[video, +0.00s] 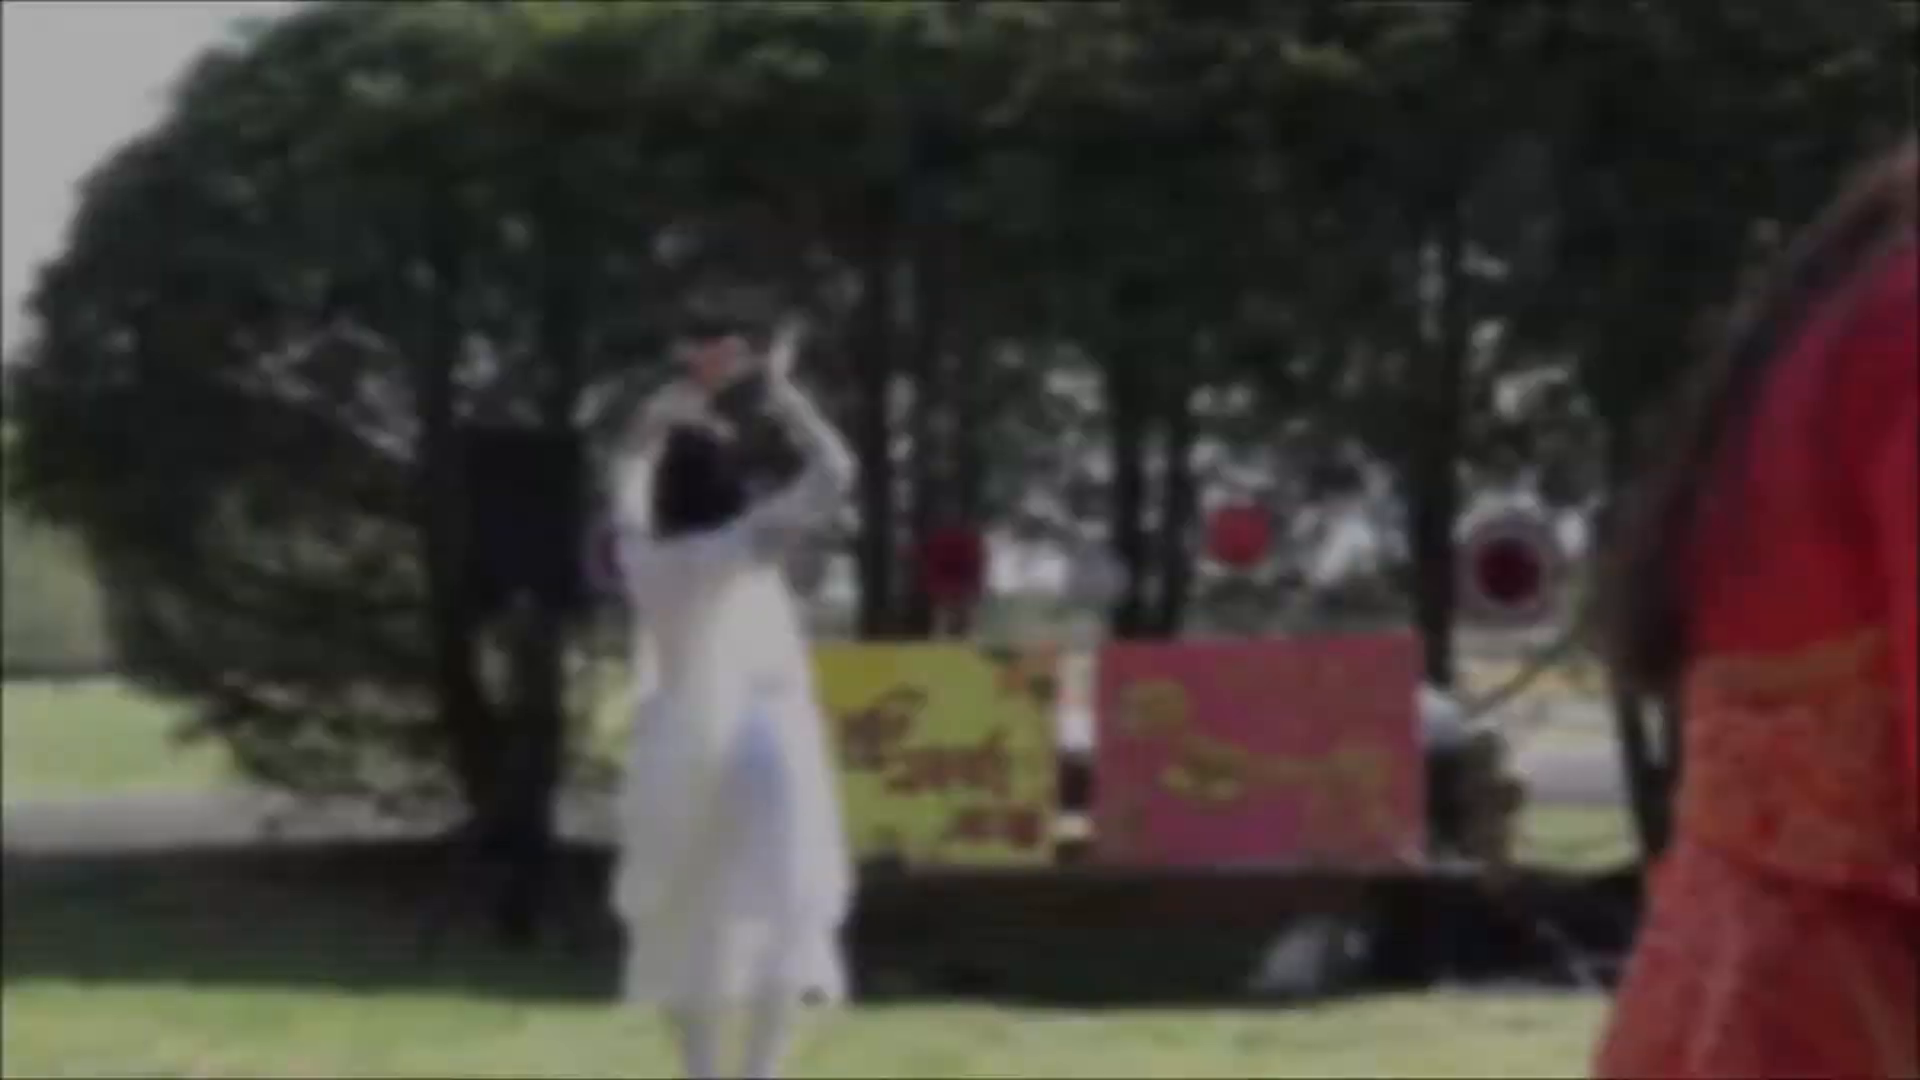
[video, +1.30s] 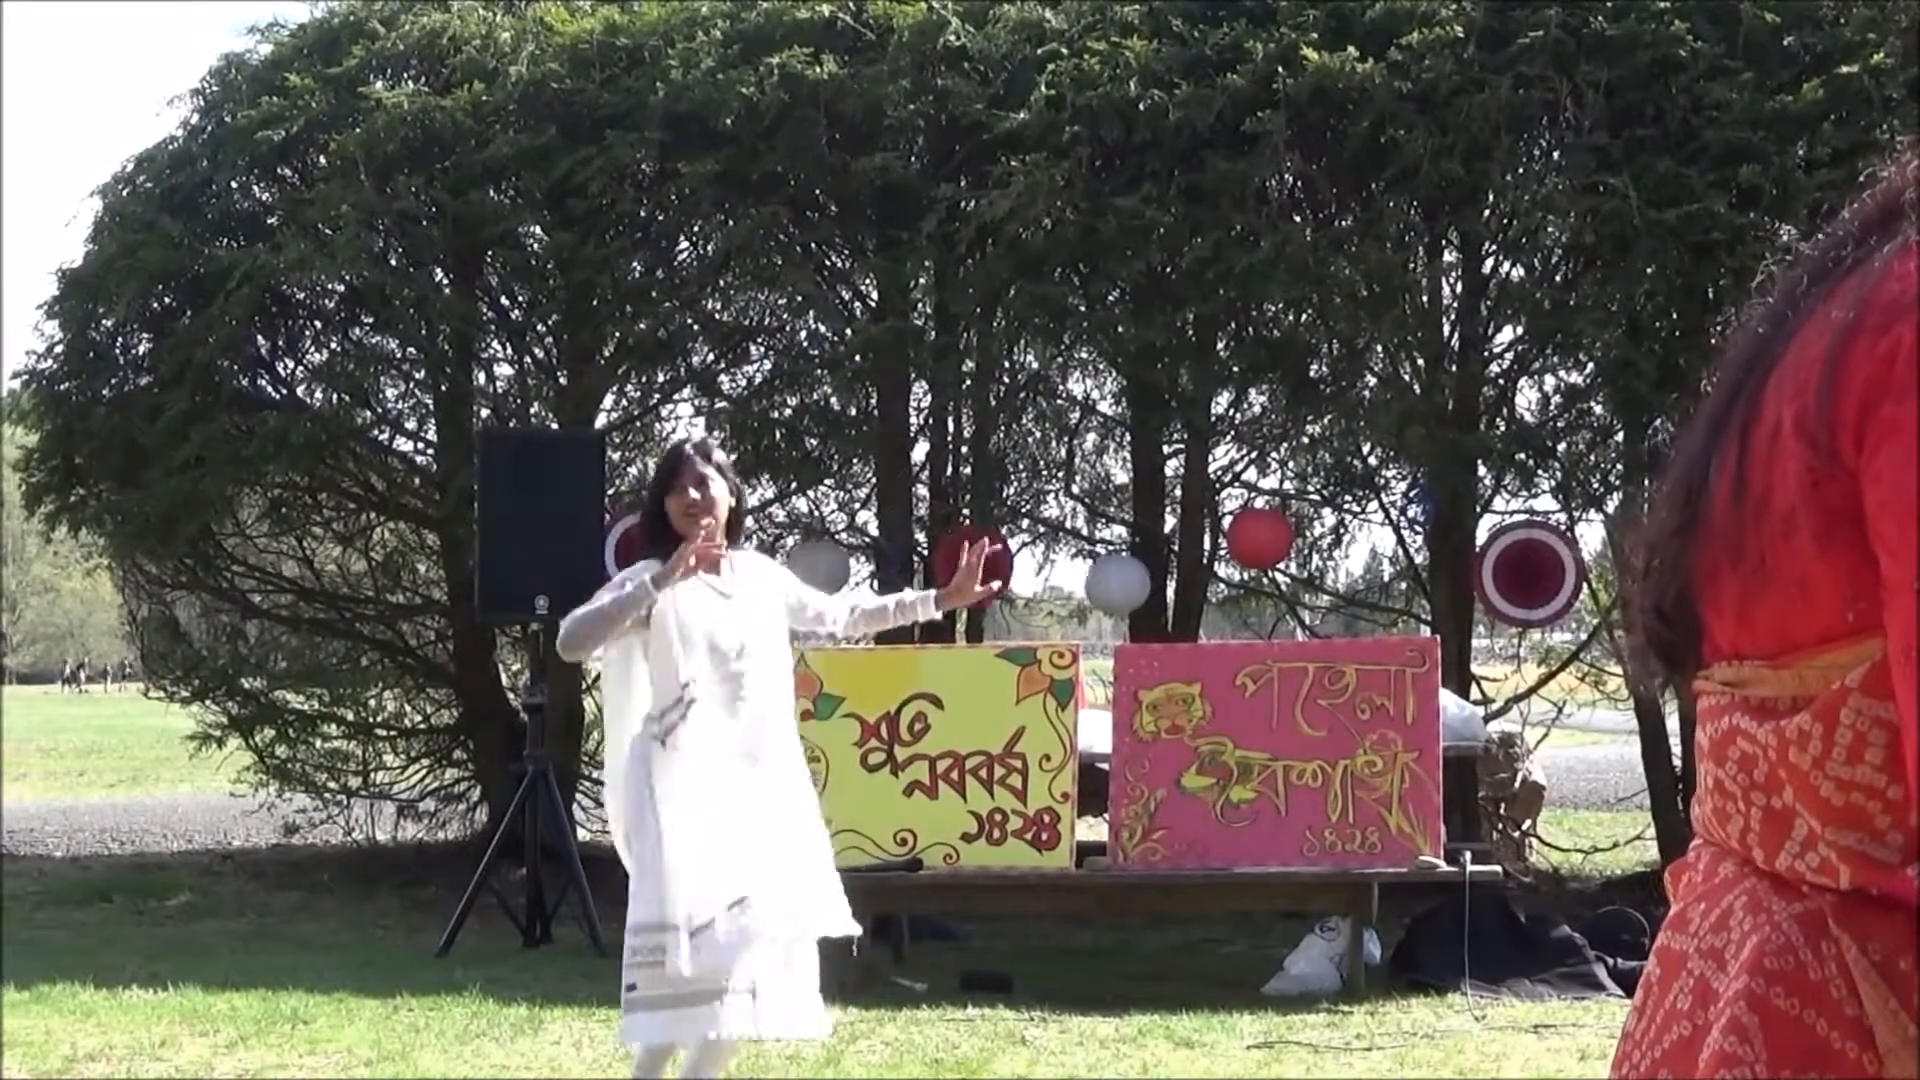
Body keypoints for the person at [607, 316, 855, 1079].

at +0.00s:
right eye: (734, 471)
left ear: (664, 492)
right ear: (738, 491)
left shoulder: (645, 560)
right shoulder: (746, 550)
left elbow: (630, 460)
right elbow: (831, 473)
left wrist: (682, 391)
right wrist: (779, 391)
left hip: (679, 738)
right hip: (756, 737)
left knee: (687, 906)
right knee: (780, 905)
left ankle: (700, 1057)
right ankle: (762, 1059)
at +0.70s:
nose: (771, 484)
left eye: (770, 470)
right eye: (764, 470)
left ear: (690, 478)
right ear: (744, 479)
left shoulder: (694, 555)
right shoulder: (741, 550)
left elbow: (729, 473)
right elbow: (819, 474)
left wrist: (768, 406)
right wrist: (804, 407)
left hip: (735, 732)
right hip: (780, 734)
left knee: (737, 908)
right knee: (800, 910)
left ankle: (717, 1067)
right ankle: (778, 1069)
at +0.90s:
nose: (770, 483)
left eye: (770, 471)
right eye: (761, 470)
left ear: (705, 478)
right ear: (730, 476)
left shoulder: (728, 546)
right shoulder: (713, 551)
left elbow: (787, 514)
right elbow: (789, 545)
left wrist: (824, 444)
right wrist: (800, 468)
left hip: (760, 740)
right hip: (761, 744)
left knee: (753, 921)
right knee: (793, 919)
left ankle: (697, 1067)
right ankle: (774, 1070)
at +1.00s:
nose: (758, 486)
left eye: (755, 473)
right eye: (746, 475)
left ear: (730, 495)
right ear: (716, 492)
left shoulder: (735, 548)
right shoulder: (697, 560)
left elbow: (802, 516)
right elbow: (756, 596)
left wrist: (862, 475)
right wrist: (778, 523)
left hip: (758, 766)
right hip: (741, 771)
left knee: (737, 944)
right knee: (778, 936)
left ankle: (694, 1068)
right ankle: (771, 1070)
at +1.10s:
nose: (730, 491)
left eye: (735, 476)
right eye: (713, 481)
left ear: (749, 483)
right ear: (685, 498)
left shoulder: (757, 562)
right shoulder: (680, 571)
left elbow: (819, 559)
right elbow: (699, 638)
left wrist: (894, 520)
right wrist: (733, 550)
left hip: (767, 788)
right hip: (709, 792)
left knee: (752, 949)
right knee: (762, 942)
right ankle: (769, 1071)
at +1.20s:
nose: (707, 494)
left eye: (716, 481)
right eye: (691, 485)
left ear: (736, 490)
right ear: (671, 501)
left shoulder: (759, 563)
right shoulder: (661, 574)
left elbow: (831, 593)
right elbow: (635, 655)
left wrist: (927, 565)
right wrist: (692, 576)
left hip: (765, 795)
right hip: (697, 802)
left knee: (758, 967)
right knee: (727, 971)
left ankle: (717, 1068)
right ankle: (707, 1069)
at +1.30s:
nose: (699, 496)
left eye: (710, 483)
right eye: (685, 485)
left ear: (731, 496)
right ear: (663, 500)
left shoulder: (760, 574)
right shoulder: (646, 577)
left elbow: (841, 616)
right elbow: (571, 641)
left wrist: (944, 599)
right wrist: (664, 579)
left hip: (754, 782)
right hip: (674, 787)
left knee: (750, 943)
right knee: (677, 937)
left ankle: (702, 1069)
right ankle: (650, 1067)